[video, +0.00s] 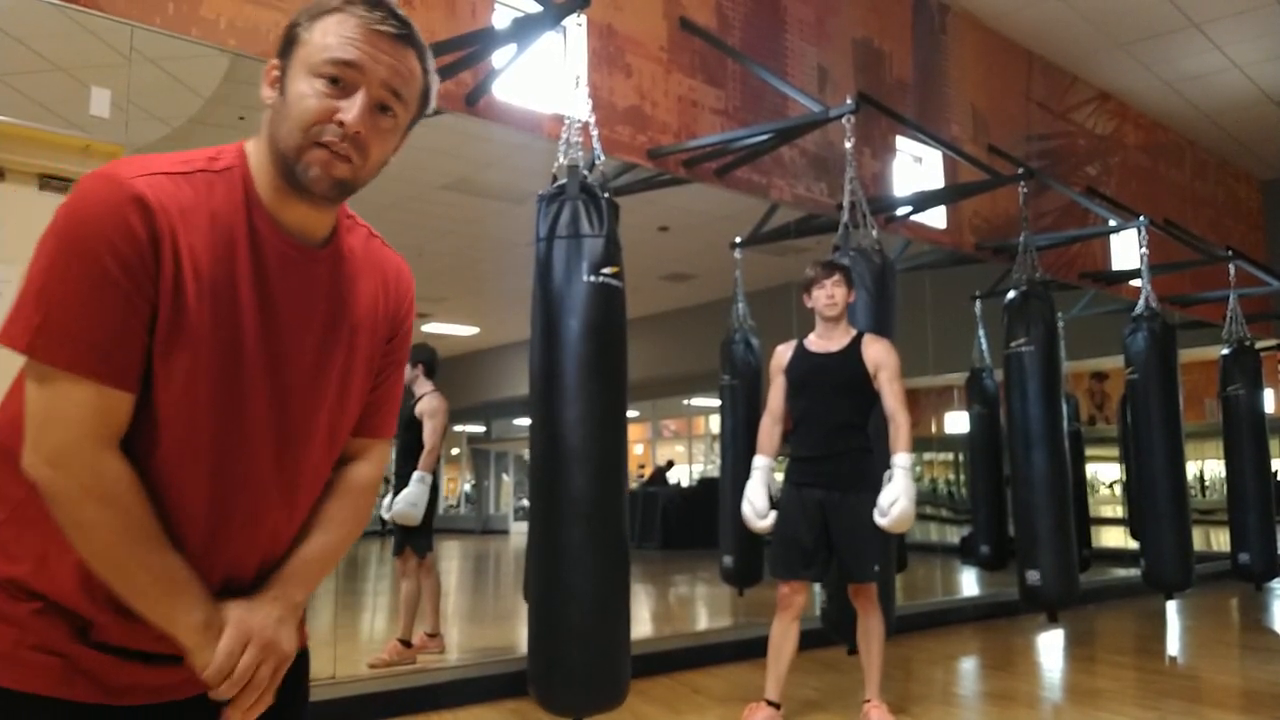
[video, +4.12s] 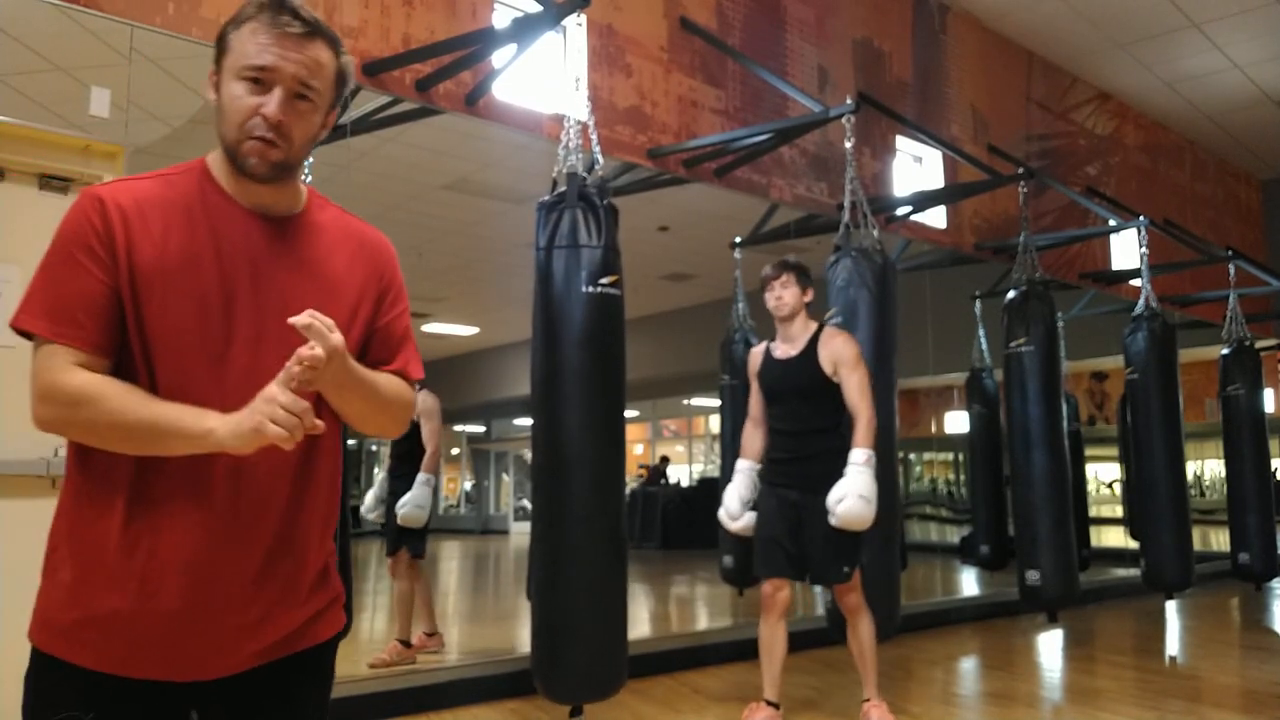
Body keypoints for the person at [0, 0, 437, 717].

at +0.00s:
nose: (352, 118)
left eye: (385, 108)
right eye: (336, 81)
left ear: (399, 142)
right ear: (274, 81)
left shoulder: (385, 284)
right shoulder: (129, 207)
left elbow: (366, 459)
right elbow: (67, 451)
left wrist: (285, 599)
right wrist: (205, 632)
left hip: (254, 669)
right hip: (67, 663)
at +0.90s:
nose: (322, 89)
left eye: (351, 83)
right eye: (305, 54)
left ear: (362, 116)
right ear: (245, 50)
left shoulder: (355, 261)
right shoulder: (115, 178)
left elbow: (353, 423)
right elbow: (55, 393)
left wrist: (324, 525)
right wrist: (211, 554)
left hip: (243, 670)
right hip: (67, 664)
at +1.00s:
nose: (296, 80)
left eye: (325, 73)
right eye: (277, 45)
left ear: (332, 104)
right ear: (214, 43)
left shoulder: (328, 250)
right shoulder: (78, 173)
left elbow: (341, 407)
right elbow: (10, 375)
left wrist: (332, 492)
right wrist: (163, 527)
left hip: (239, 663)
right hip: (62, 664)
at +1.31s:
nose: (225, 47)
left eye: (250, 37)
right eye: (199, 17)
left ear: (259, 67)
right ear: (132, 24)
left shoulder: (280, 214)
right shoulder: (23, 160)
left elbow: (316, 362)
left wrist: (280, 411)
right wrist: (147, 413)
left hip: (239, 645)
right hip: (51, 655)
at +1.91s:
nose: (246, 58)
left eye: (273, 46)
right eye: (222, 36)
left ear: (305, 79)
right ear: (183, 63)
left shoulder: (370, 230)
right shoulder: (93, 206)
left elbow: (430, 378)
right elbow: (13, 380)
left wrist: (373, 400)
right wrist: (170, 409)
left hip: (301, 651)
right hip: (114, 652)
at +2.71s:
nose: (173, 79)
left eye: (200, 59)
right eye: (148, 53)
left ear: (232, 83)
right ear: (109, 66)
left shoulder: (292, 229)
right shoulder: (22, 195)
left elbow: (327, 407)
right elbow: (2, 375)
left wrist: (314, 337)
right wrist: (133, 383)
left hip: (237, 640)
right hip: (47, 642)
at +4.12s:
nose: (273, 111)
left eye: (302, 96)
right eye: (255, 81)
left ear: (328, 119)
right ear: (215, 84)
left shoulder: (366, 255)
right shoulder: (115, 214)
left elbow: (394, 418)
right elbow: (56, 392)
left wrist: (342, 376)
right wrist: (223, 428)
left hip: (282, 647)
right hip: (107, 639)